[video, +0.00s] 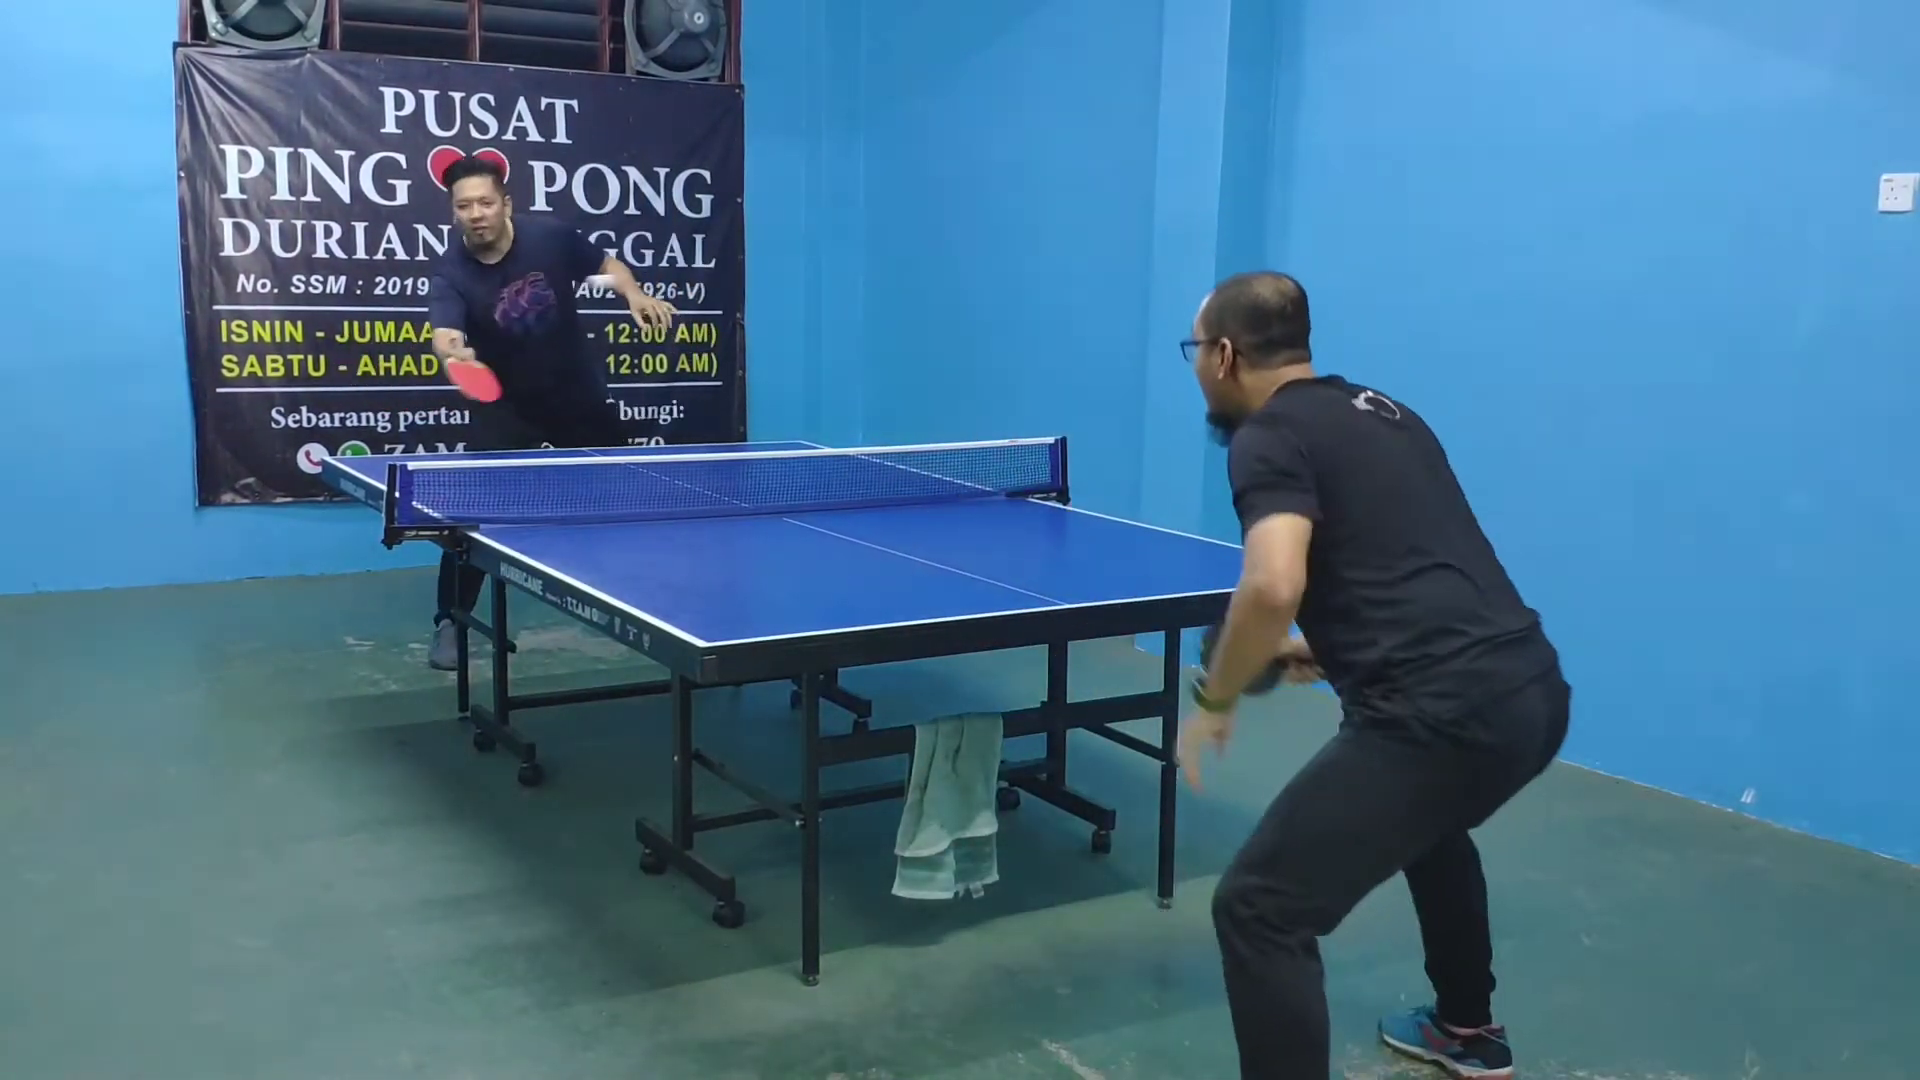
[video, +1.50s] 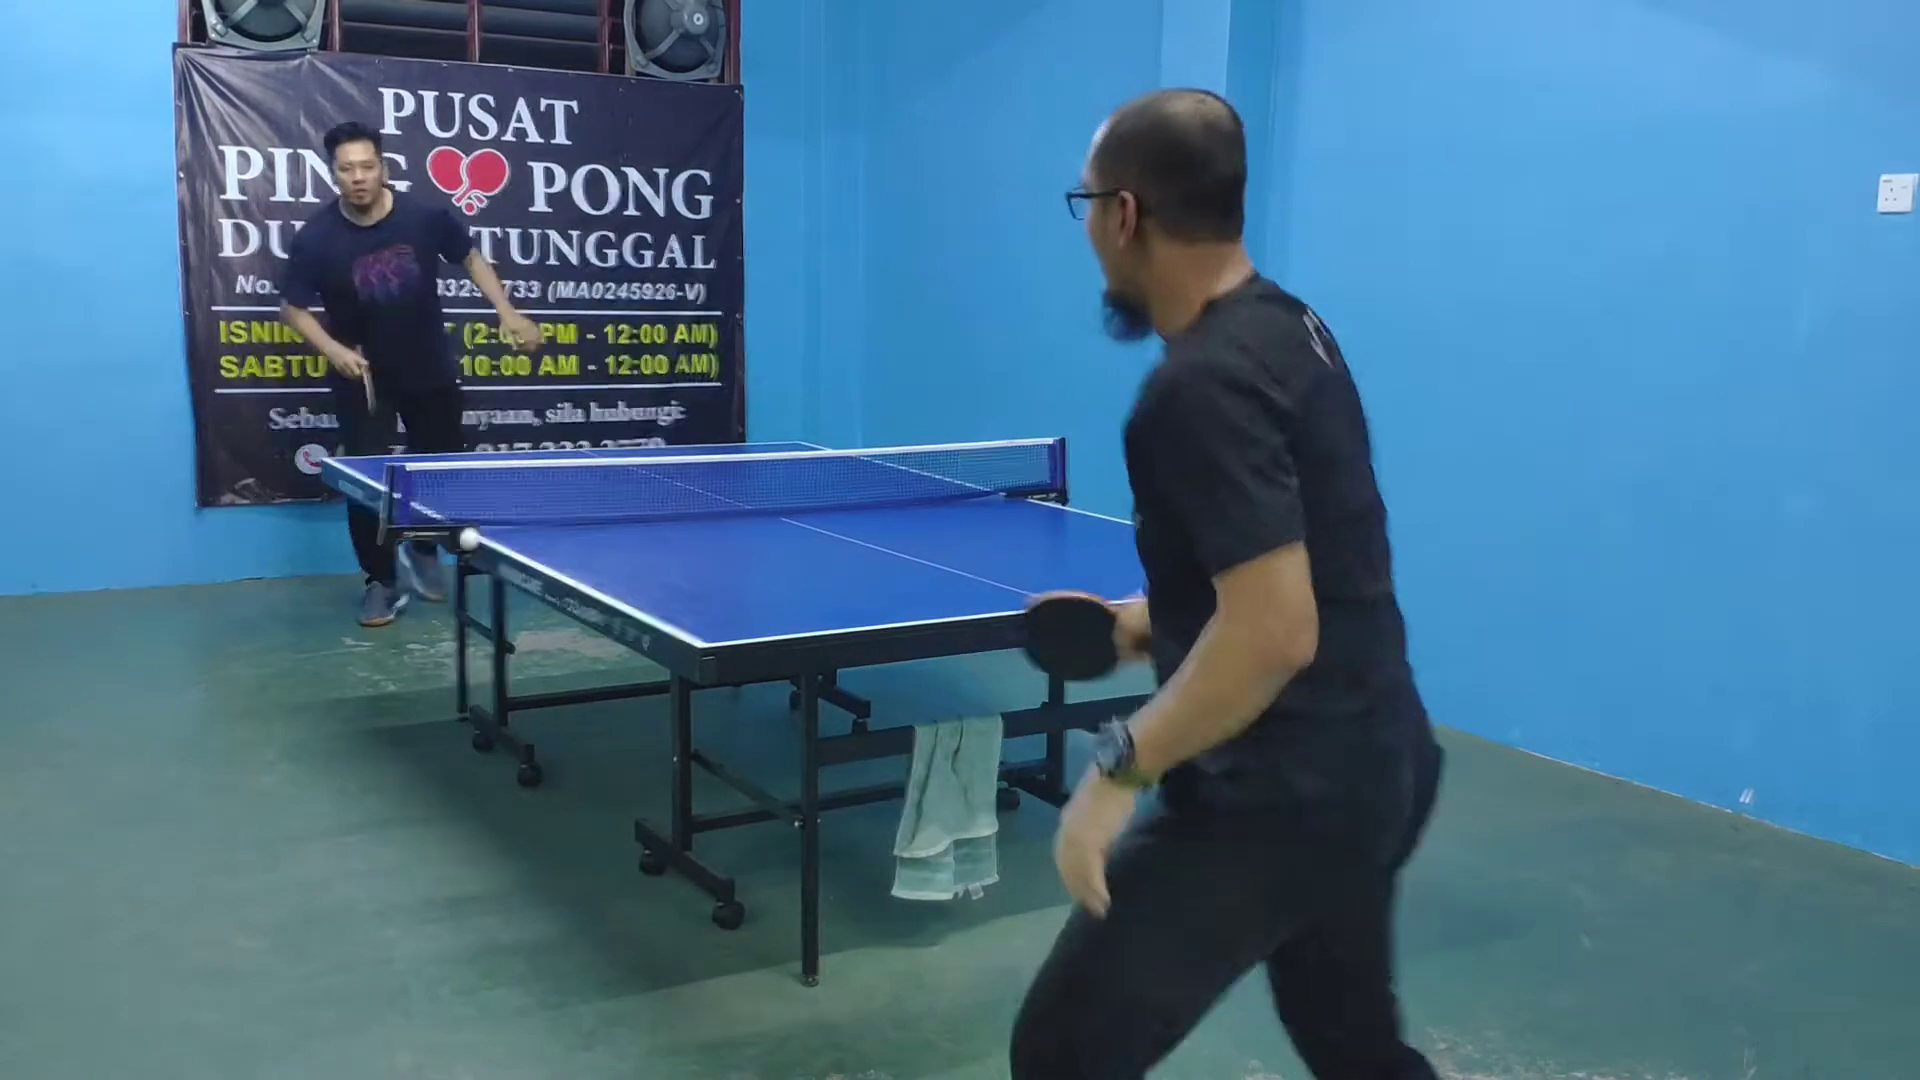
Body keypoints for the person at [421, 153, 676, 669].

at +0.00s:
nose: (476, 214)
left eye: (485, 202)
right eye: (465, 205)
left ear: (507, 201)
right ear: (453, 212)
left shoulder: (549, 236)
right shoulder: (451, 273)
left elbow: (606, 265)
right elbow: (444, 328)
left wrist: (636, 295)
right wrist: (452, 347)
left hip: (574, 399)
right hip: (502, 407)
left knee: (629, 494)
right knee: (476, 509)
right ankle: (451, 621)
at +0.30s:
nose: (541, 195)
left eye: (548, 186)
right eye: (528, 187)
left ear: (559, 193)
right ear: (507, 197)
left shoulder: (589, 252)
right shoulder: (485, 268)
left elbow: (636, 292)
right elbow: (459, 336)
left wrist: (661, 309)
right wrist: (480, 357)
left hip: (592, 417)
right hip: (520, 423)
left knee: (625, 514)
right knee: (489, 518)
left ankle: (665, 623)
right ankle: (454, 623)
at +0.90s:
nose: (523, 191)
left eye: (529, 182)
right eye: (511, 184)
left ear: (538, 186)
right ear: (489, 191)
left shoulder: (571, 240)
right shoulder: (470, 247)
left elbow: (618, 289)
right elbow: (439, 314)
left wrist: (621, 311)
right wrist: (464, 341)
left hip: (564, 395)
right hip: (491, 398)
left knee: (608, 483)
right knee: (446, 479)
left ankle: (631, 594)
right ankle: (426, 584)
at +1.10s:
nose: (439, 202)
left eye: (448, 193)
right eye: (429, 194)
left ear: (469, 197)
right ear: (417, 203)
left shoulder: (512, 245)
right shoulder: (400, 263)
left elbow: (576, 276)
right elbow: (342, 297)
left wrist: (639, 304)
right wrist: (286, 330)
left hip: (519, 397)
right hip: (447, 402)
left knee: (577, 482)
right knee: (410, 488)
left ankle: (611, 580)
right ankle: (390, 587)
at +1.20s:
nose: (400, 210)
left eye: (409, 200)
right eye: (390, 202)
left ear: (429, 204)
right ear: (377, 210)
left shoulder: (473, 248)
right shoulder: (364, 267)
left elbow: (526, 269)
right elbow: (301, 299)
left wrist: (582, 293)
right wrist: (249, 339)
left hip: (493, 389)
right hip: (418, 399)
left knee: (553, 467)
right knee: (393, 485)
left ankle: (582, 570)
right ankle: (390, 587)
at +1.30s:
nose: (375, 207)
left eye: (384, 196)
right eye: (364, 198)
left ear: (403, 196)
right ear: (352, 205)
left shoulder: (445, 236)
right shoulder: (340, 261)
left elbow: (500, 267)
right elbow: (290, 318)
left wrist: (554, 302)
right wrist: (298, 368)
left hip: (462, 375)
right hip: (391, 386)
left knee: (508, 462)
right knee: (381, 479)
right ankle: (385, 585)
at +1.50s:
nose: (357, 177)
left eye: (366, 166)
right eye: (347, 168)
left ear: (383, 168)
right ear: (334, 175)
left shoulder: (423, 214)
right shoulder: (317, 237)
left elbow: (471, 258)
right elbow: (292, 306)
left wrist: (508, 311)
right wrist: (333, 350)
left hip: (428, 368)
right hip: (361, 376)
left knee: (441, 465)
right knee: (366, 477)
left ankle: (423, 545)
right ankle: (380, 581)